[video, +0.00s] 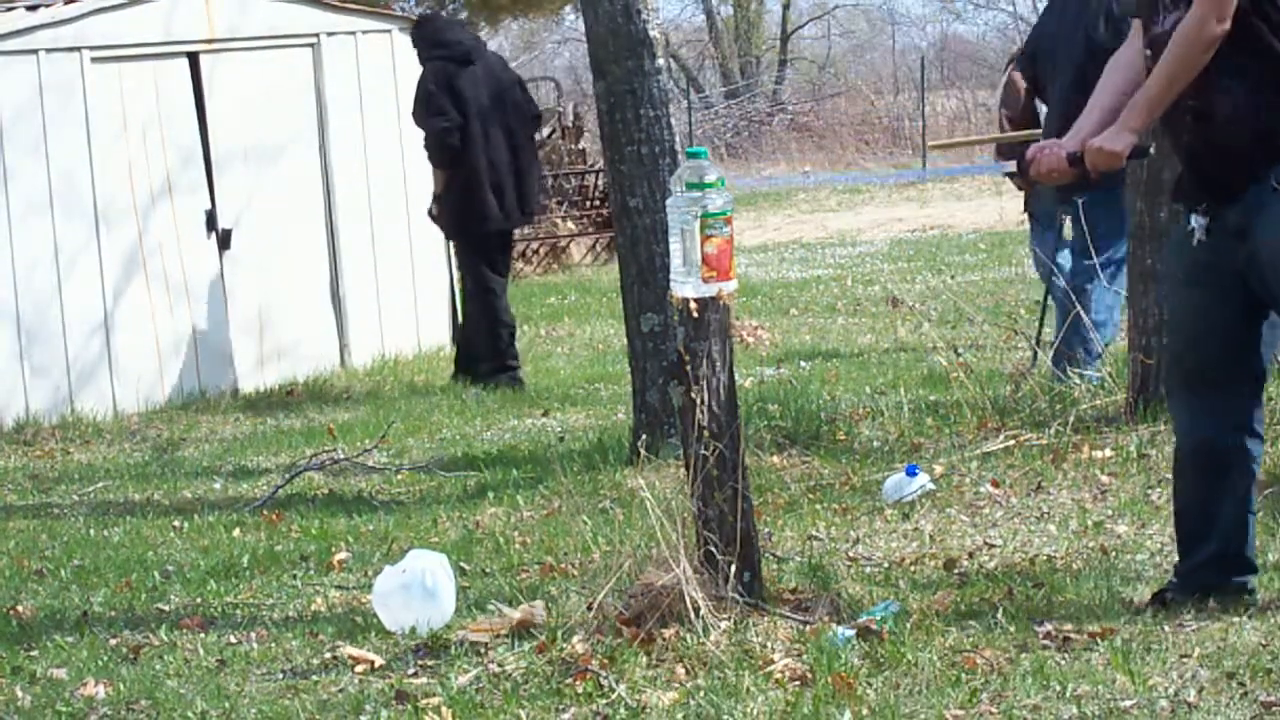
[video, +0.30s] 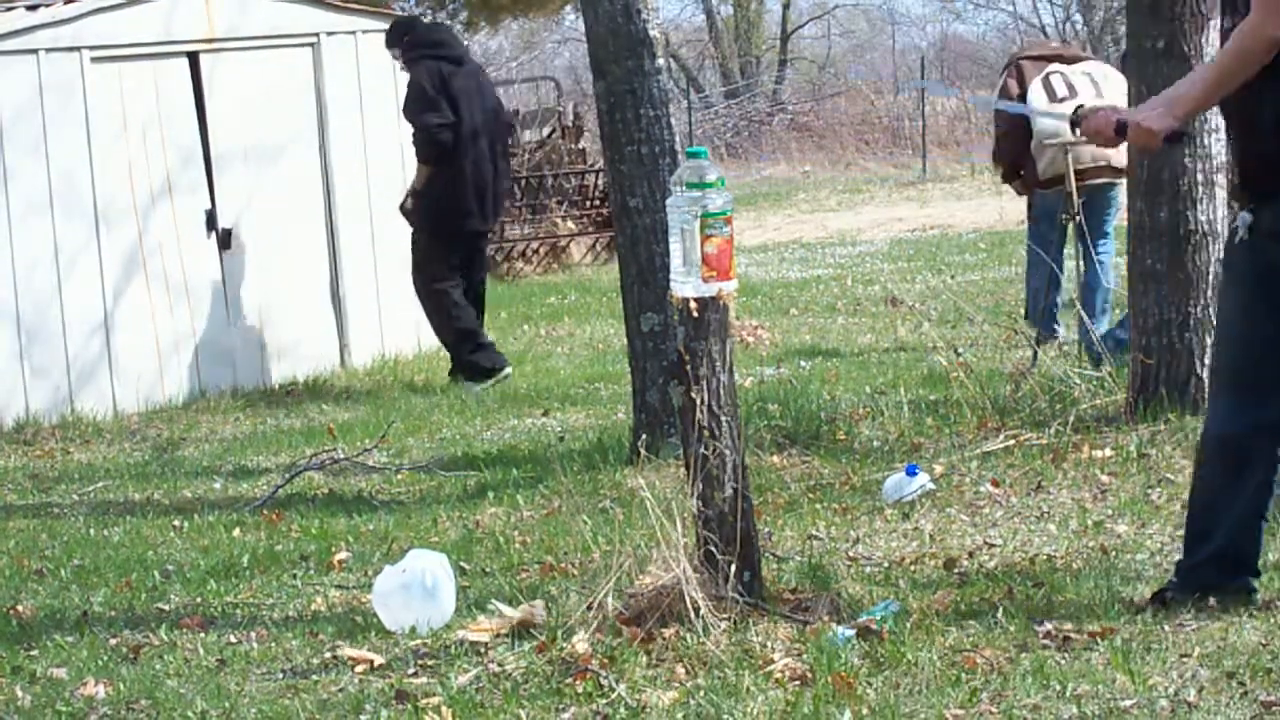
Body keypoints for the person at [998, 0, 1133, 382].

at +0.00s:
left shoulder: (1057, 10)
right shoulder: (1131, 11)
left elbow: (1018, 77)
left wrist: (1018, 144)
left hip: (1049, 152)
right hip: (1107, 151)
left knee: (1048, 251)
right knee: (1104, 263)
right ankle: (1075, 371)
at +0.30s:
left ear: (1029, 46)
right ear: (1070, 44)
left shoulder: (1019, 70)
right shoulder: (1098, 66)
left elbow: (1010, 128)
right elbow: (1120, 112)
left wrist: (1013, 173)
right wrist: (1120, 159)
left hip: (1049, 173)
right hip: (1106, 167)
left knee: (1045, 250)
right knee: (1100, 247)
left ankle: (1044, 331)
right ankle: (1097, 339)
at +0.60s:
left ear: (1015, 61)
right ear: (1053, 54)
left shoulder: (1004, 79)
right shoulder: (1088, 70)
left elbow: (993, 138)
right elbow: (1122, 112)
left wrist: (1004, 184)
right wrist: (1113, 157)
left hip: (1040, 166)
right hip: (1095, 161)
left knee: (1043, 247)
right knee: (1094, 241)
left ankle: (1055, 332)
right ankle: (1096, 326)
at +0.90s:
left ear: (1004, 66)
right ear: (1044, 56)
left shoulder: (994, 81)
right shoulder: (1076, 69)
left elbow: (986, 136)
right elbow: (1119, 107)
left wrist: (999, 184)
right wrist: (1110, 154)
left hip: (1037, 167)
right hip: (1092, 159)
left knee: (1040, 252)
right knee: (1098, 229)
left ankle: (1051, 335)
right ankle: (1102, 312)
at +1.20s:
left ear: (1014, 66)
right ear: (1053, 57)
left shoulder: (1008, 79)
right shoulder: (1088, 74)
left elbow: (1001, 137)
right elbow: (1124, 113)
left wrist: (1003, 181)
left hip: (1046, 169)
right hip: (1102, 163)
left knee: (1042, 252)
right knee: (1107, 248)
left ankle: (1052, 336)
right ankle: (1116, 325)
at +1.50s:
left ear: (1043, 63)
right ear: (1082, 55)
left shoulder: (1034, 79)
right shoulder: (1115, 76)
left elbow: (1020, 134)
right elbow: (1136, 120)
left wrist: (1023, 177)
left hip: (1062, 173)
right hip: (1117, 167)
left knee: (1055, 248)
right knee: (1116, 243)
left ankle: (1053, 332)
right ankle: (1118, 324)